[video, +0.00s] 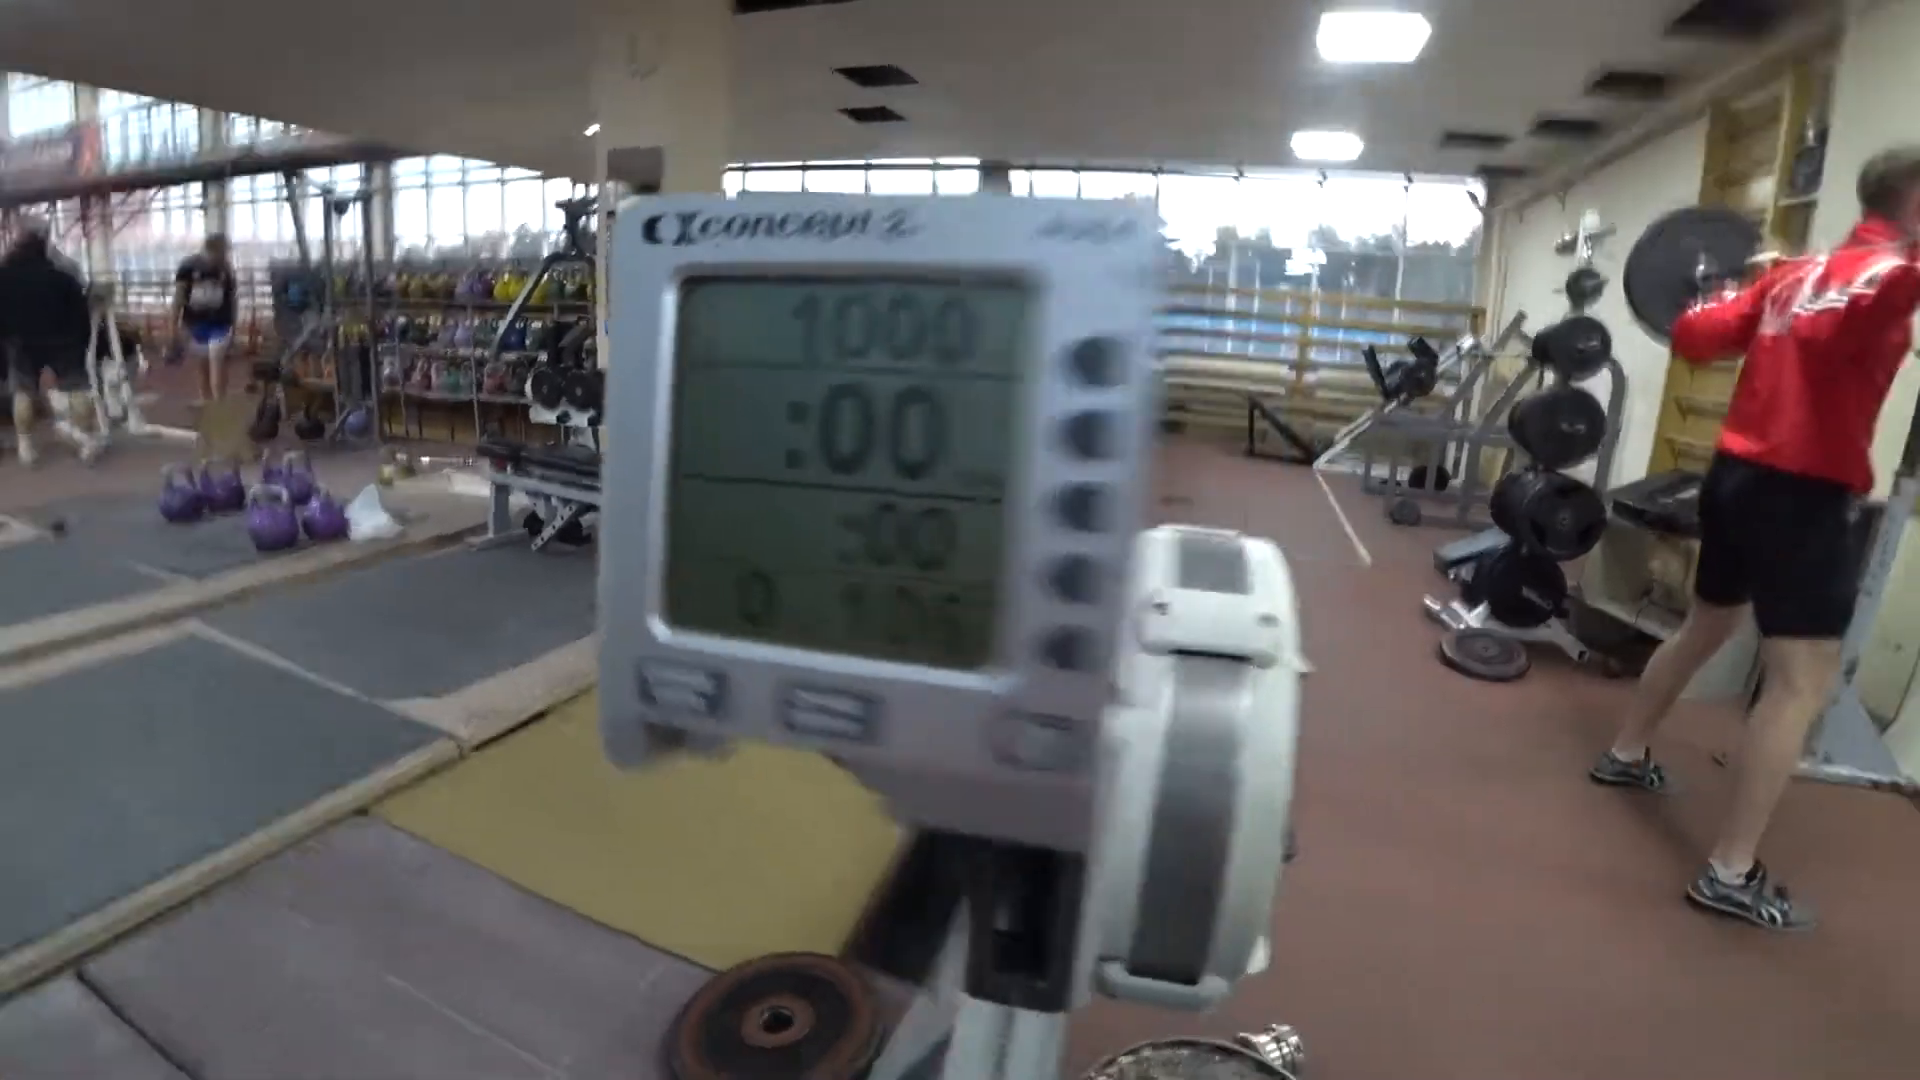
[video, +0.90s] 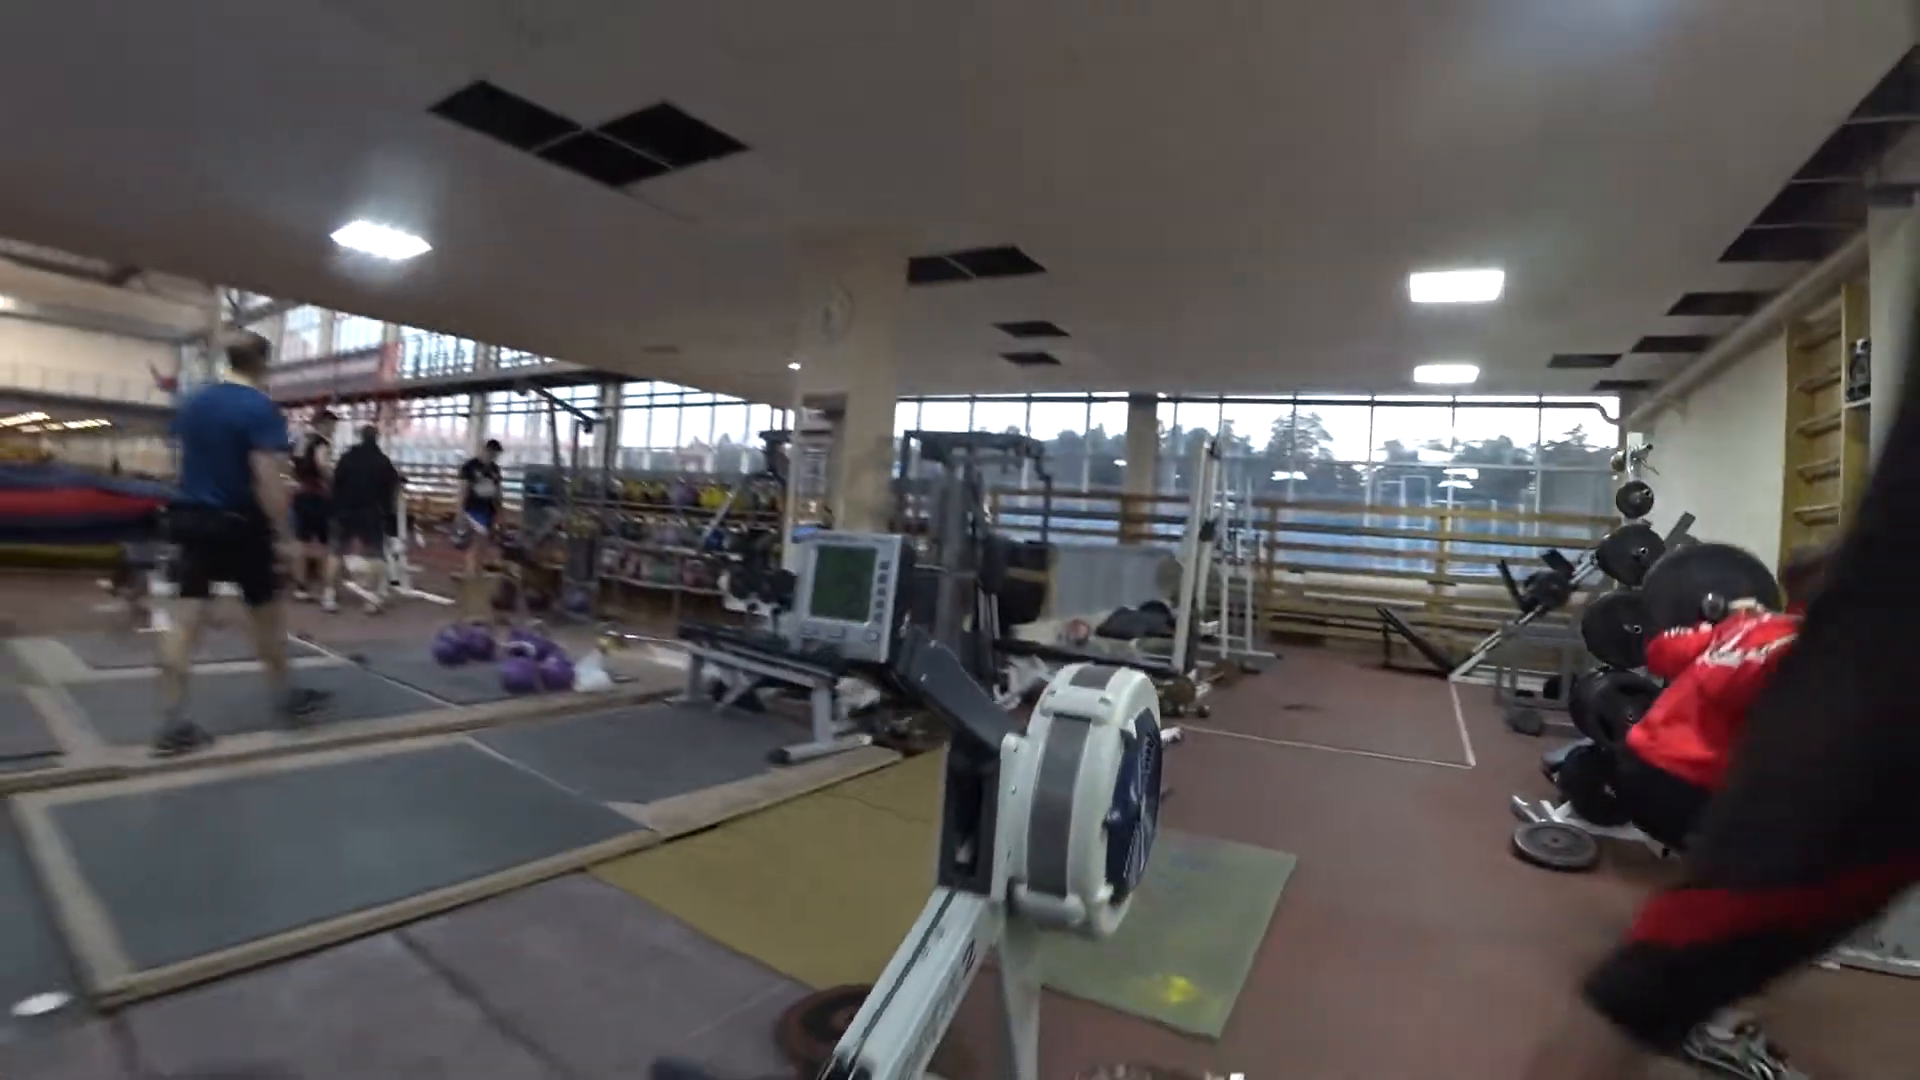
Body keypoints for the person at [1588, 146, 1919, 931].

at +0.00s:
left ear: (1862, 205)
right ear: (1913, 206)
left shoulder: (1791, 273)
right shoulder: (1898, 273)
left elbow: (1695, 331)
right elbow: (1873, 308)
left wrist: (1729, 288)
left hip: (1734, 475)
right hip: (1809, 492)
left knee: (1707, 624)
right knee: (1800, 684)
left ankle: (1625, 751)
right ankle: (1730, 871)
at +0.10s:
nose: (1915, 257)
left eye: (1915, 244)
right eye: (1914, 244)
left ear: (1843, 243)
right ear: (1895, 241)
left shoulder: (1767, 306)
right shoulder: (1870, 304)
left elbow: (1672, 360)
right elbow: (1842, 328)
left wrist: (1708, 322)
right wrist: (1897, 295)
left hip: (1709, 508)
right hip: (1781, 524)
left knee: (1678, 651)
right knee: (1765, 713)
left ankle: (1601, 773)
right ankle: (1702, 891)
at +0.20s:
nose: (1881, 299)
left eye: (1881, 285)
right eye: (1874, 285)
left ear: (1808, 286)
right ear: (1845, 287)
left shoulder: (1738, 351)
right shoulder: (1822, 343)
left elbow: (1651, 399)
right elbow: (1774, 387)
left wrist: (1699, 361)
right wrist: (1843, 351)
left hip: (1682, 547)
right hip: (1750, 560)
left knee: (1658, 686)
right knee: (1742, 745)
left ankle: (1584, 813)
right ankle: (1677, 932)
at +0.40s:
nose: (1855, 405)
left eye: (1856, 394)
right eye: (1850, 393)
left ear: (1784, 393)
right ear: (1826, 395)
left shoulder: (1723, 451)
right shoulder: (1803, 449)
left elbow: (1640, 500)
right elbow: (1768, 476)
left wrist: (1693, 459)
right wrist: (1824, 446)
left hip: (1667, 642)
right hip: (1723, 656)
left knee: (1671, 782)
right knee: (1759, 839)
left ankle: (1595, 900)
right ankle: (1679, 1019)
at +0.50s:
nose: (1877, 463)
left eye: (1876, 449)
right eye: (1871, 449)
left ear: (1812, 450)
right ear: (1849, 451)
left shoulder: (1755, 500)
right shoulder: (1831, 506)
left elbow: (1669, 549)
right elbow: (1776, 537)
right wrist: (1840, 501)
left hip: (1684, 689)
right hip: (1740, 705)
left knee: (1718, 830)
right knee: (1821, 889)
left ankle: (1635, 943)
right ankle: (1720, 1054)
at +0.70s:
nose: (1870, 540)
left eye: (1870, 528)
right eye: (1866, 528)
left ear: (1806, 536)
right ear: (1849, 534)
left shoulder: (1759, 583)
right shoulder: (1831, 598)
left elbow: (1672, 622)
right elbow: (1746, 644)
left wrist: (1732, 586)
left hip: (1666, 745)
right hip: (1721, 765)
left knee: (1752, 851)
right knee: (1826, 870)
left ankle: (1661, 957)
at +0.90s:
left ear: (1793, 584)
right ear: (1831, 600)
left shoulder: (1741, 623)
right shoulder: (1802, 646)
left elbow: (1661, 654)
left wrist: (1694, 635)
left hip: (1638, 768)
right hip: (1694, 793)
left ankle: (1582, 791)